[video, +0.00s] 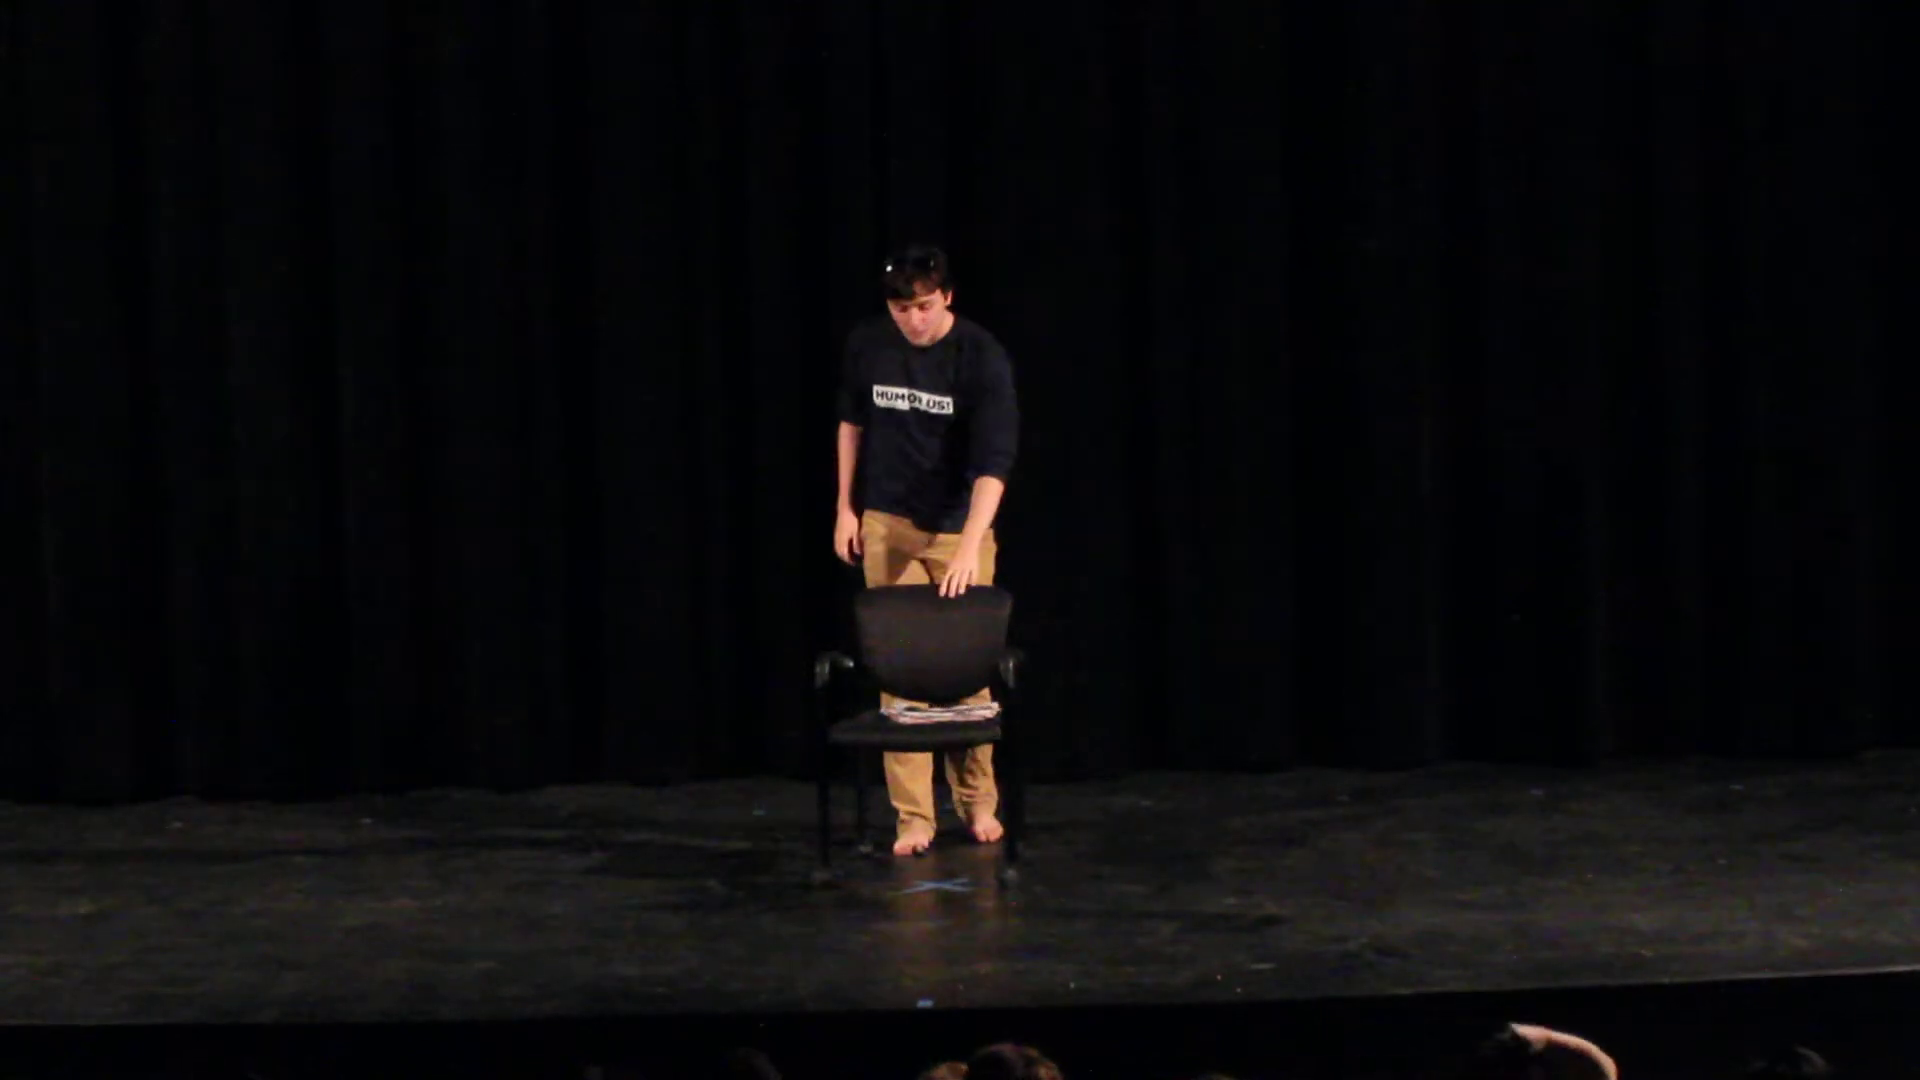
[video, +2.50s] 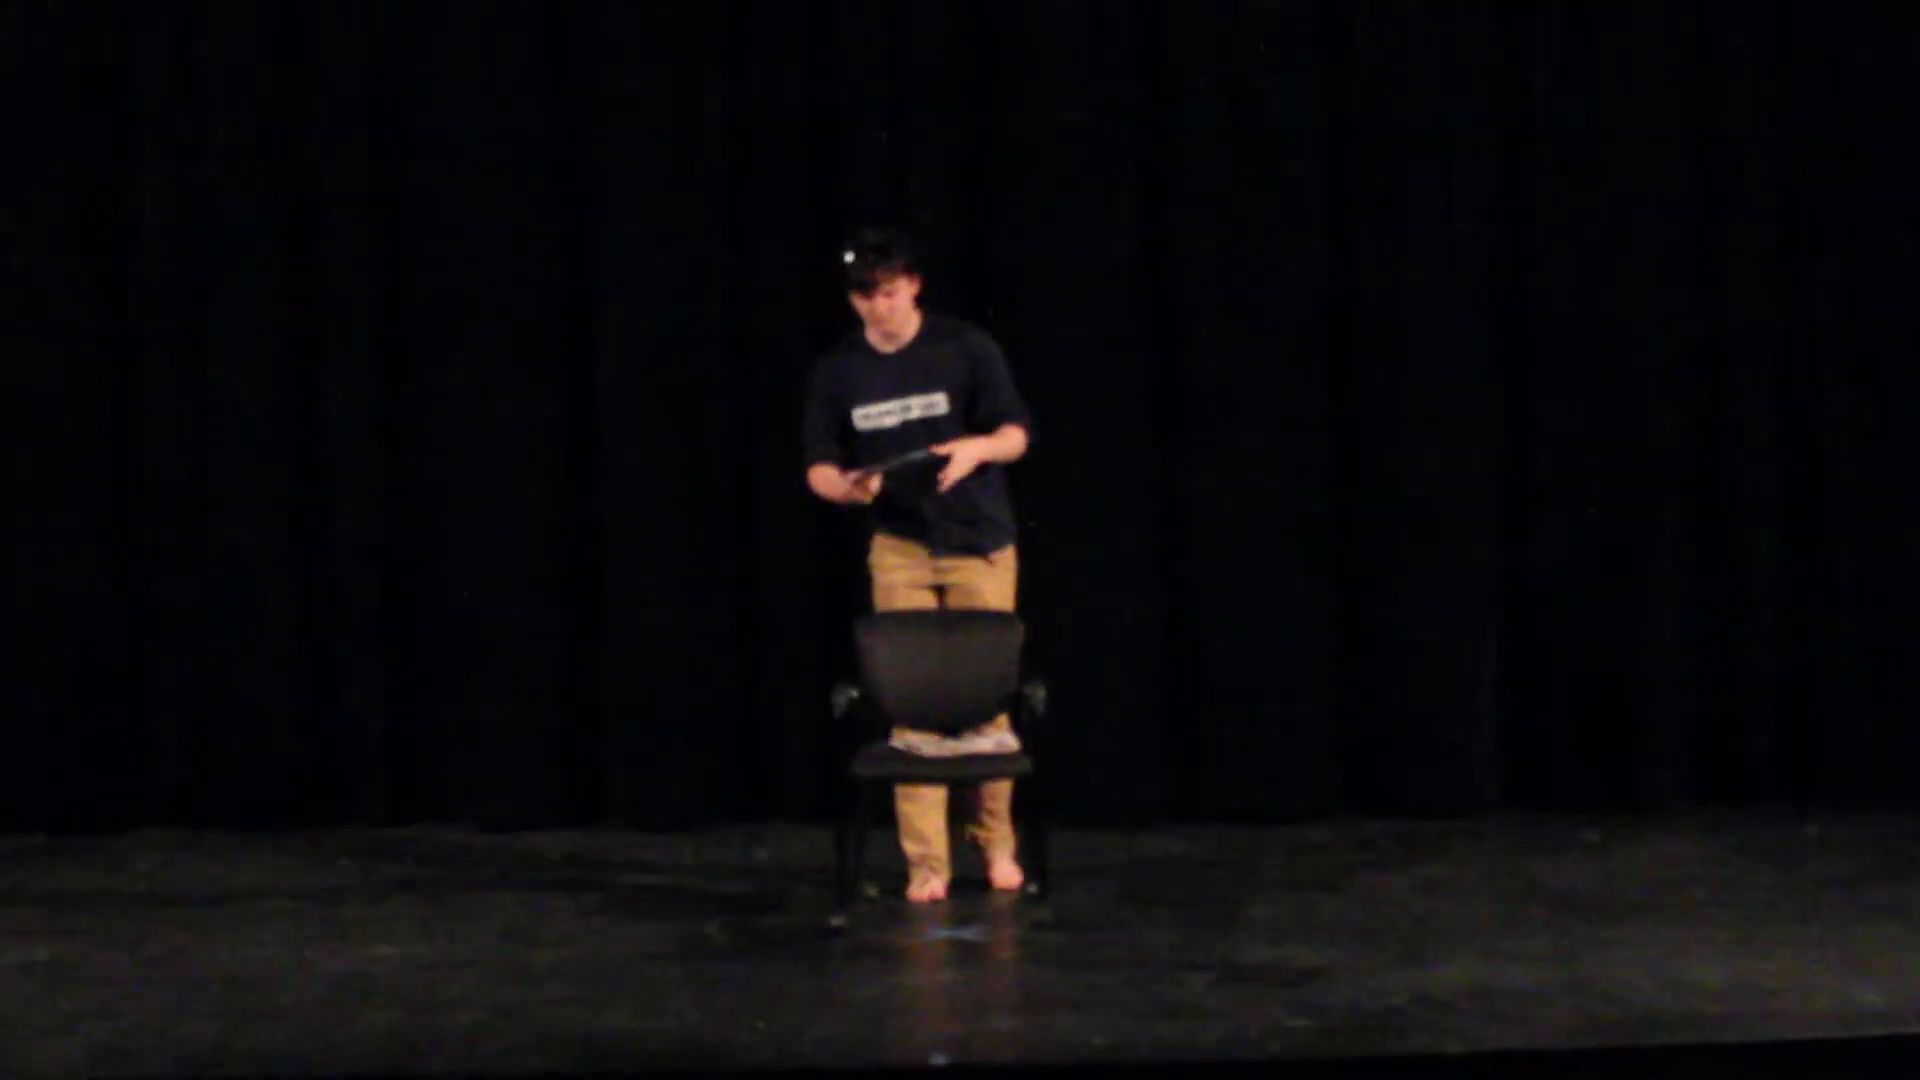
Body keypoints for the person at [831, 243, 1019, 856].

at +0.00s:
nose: (912, 319)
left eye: (923, 306)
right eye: (901, 308)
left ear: (946, 298)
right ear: (887, 304)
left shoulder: (981, 359)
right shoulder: (871, 346)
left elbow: (994, 463)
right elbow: (850, 424)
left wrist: (971, 548)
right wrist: (844, 506)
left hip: (961, 536)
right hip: (887, 531)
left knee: (968, 669)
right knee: (897, 673)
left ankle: (980, 801)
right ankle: (913, 817)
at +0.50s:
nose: (909, 405)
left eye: (918, 392)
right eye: (897, 394)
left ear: (937, 373)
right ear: (879, 381)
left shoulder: (979, 400)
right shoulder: (855, 405)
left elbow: (1007, 491)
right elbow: (849, 485)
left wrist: (986, 567)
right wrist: (867, 559)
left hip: (965, 541)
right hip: (892, 543)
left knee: (961, 675)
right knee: (898, 677)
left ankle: (955, 821)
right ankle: (913, 819)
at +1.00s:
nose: (846, 482)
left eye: (849, 468)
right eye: (837, 474)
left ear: (878, 438)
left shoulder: (941, 456)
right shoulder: (854, 450)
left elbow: (958, 570)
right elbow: (852, 492)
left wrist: (938, 665)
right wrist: (865, 553)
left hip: (987, 544)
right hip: (914, 545)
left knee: (970, 681)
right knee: (910, 679)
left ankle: (956, 823)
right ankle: (914, 821)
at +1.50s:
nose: (796, 502)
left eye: (799, 487)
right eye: (787, 494)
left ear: (826, 455)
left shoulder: (907, 466)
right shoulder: (834, 462)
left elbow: (959, 558)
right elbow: (853, 507)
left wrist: (946, 658)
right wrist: (865, 562)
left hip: (989, 539)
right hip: (915, 543)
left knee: (970, 680)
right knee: (912, 680)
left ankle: (955, 823)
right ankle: (913, 823)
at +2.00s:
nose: (817, 438)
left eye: (822, 421)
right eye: (806, 428)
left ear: (845, 398)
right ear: (796, 422)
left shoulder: (912, 417)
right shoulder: (814, 448)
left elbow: (979, 500)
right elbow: (818, 510)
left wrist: (920, 546)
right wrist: (840, 555)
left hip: (969, 536)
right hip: (895, 544)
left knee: (962, 677)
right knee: (902, 679)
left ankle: (954, 818)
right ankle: (912, 819)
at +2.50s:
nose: (878, 307)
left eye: (889, 291)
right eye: (866, 294)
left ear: (915, 287)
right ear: (852, 300)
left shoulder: (967, 350)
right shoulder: (838, 372)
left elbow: (1017, 434)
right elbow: (818, 467)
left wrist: (977, 450)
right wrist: (846, 488)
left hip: (980, 547)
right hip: (897, 549)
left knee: (988, 701)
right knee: (909, 706)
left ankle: (999, 843)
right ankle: (925, 864)